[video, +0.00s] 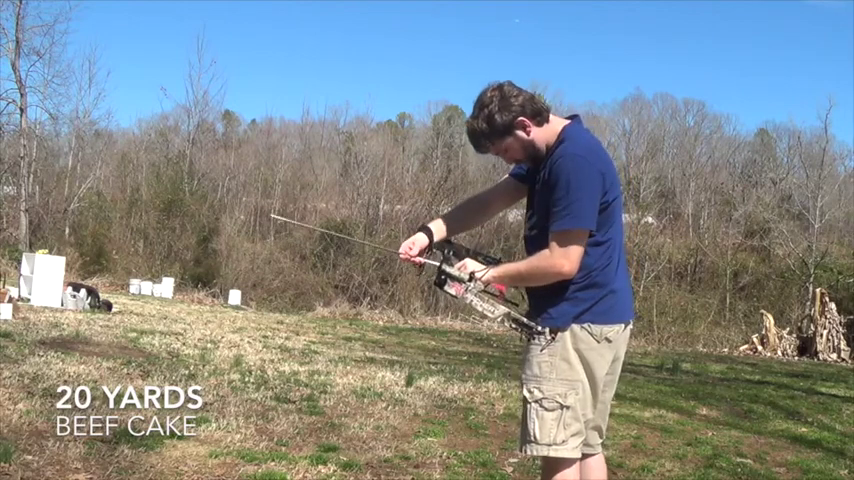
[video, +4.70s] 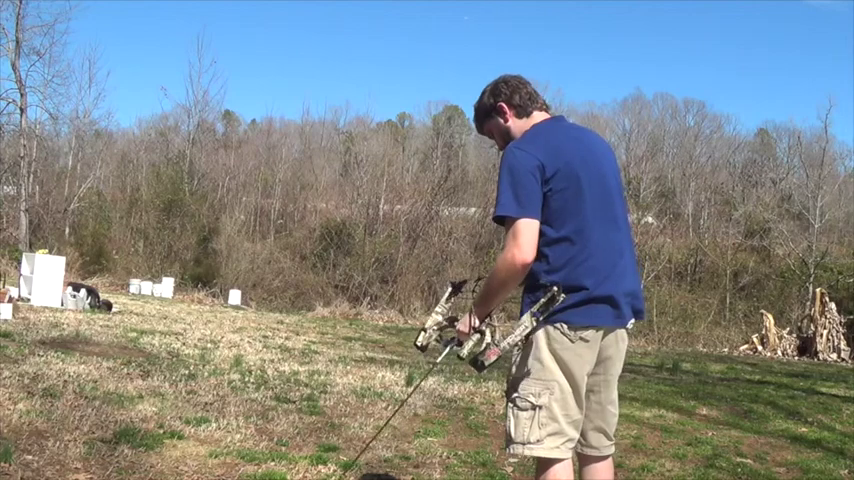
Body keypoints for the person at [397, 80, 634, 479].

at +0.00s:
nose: (507, 162)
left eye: (504, 153)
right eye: (500, 156)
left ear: (524, 127)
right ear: (525, 123)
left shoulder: (573, 158)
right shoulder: (557, 148)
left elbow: (563, 261)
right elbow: (493, 200)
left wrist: (489, 274)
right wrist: (431, 232)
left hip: (574, 321)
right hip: (594, 318)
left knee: (559, 450)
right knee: (587, 445)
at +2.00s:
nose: (500, 166)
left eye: (496, 159)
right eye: (493, 163)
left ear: (512, 132)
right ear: (514, 128)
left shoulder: (565, 159)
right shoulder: (555, 149)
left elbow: (563, 263)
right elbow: (494, 203)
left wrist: (490, 279)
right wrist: (437, 235)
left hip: (570, 319)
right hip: (590, 316)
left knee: (557, 449)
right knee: (585, 445)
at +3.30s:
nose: (495, 143)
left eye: (494, 131)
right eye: (489, 136)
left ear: (520, 110)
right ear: (524, 110)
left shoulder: (558, 156)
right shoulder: (568, 142)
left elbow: (545, 260)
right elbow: (514, 201)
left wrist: (473, 282)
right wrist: (469, 196)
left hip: (567, 320)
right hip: (600, 316)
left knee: (554, 451)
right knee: (587, 444)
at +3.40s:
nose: (494, 140)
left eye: (492, 127)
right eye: (489, 130)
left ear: (519, 108)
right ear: (525, 107)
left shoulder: (555, 153)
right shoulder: (580, 139)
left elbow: (536, 262)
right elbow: (566, 219)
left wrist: (466, 289)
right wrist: (508, 199)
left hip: (566, 317)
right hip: (604, 314)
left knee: (555, 450)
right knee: (587, 443)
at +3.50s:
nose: (494, 138)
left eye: (491, 125)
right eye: (487, 129)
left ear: (517, 106)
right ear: (524, 105)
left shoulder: (549, 153)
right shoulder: (583, 139)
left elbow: (529, 259)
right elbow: (585, 240)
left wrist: (460, 295)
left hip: (564, 320)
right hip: (605, 316)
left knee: (555, 451)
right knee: (588, 444)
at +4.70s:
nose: (499, 147)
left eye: (494, 136)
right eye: (492, 140)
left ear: (505, 111)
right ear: (541, 107)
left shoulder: (526, 151)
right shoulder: (596, 144)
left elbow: (520, 254)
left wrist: (477, 314)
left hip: (565, 311)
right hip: (618, 307)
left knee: (553, 450)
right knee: (598, 448)